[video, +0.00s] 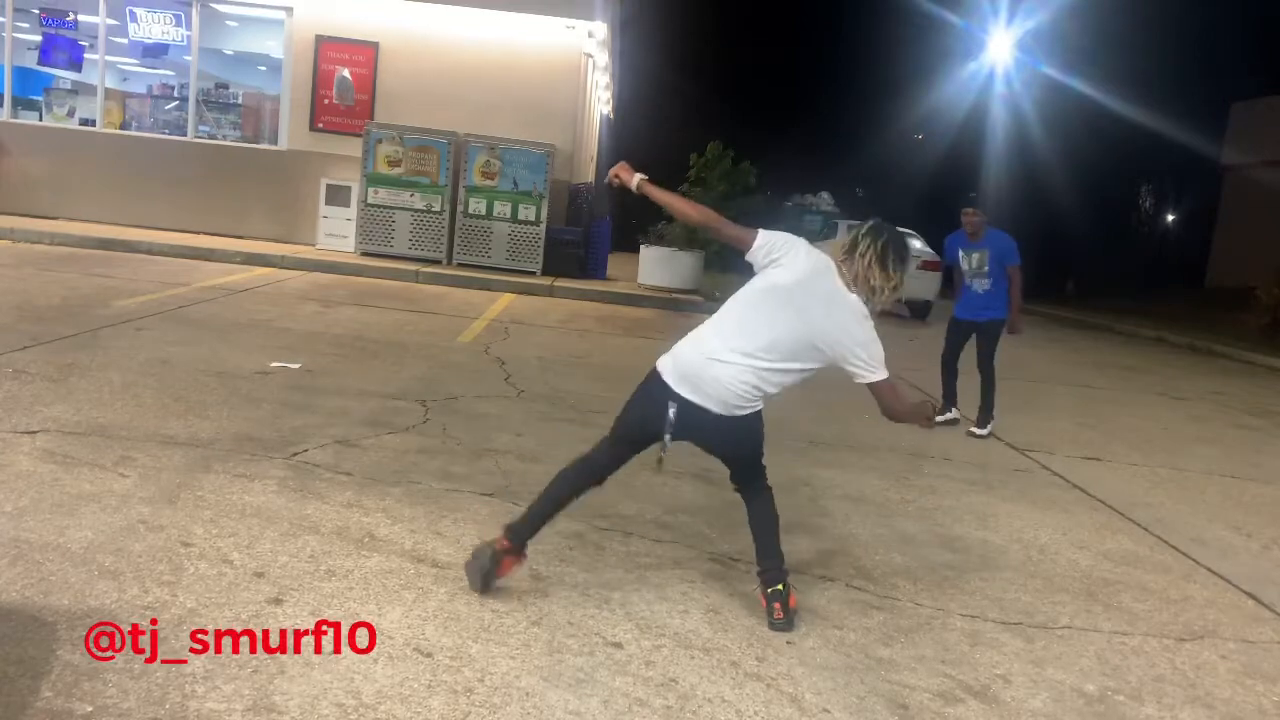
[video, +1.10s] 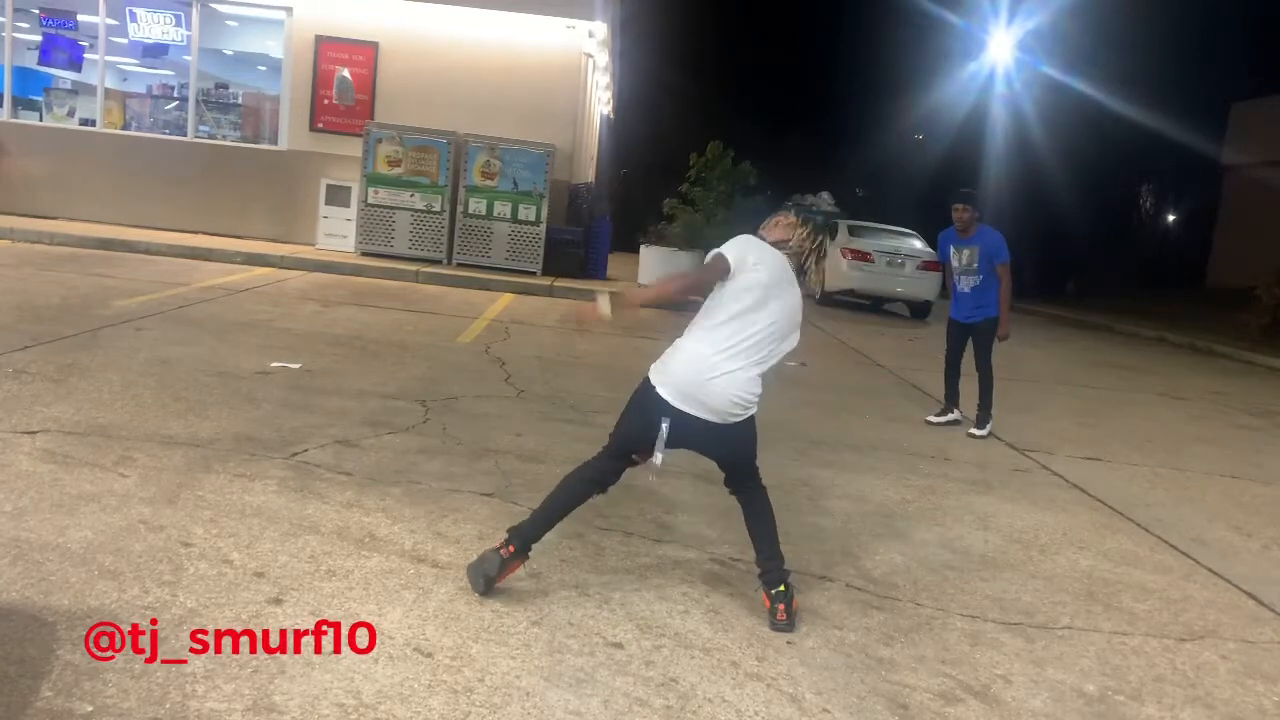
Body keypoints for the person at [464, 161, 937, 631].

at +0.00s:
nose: (886, 292)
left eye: (890, 283)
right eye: (888, 282)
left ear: (850, 249)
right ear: (873, 270)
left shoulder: (794, 250)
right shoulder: (852, 323)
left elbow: (717, 225)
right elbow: (895, 405)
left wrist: (644, 186)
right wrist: (933, 411)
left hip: (667, 383)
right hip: (730, 416)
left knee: (599, 461)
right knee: (754, 488)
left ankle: (513, 542)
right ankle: (776, 596)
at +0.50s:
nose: (862, 294)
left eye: (860, 282)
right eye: (865, 284)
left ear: (826, 250)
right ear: (856, 278)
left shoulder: (771, 252)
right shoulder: (834, 322)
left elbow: (687, 232)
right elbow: (871, 408)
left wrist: (617, 203)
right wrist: (894, 418)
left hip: (661, 391)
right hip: (724, 418)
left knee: (610, 468)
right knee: (746, 488)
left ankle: (520, 550)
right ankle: (776, 592)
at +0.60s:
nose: (859, 285)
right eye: (863, 276)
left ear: (821, 246)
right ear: (857, 272)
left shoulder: (774, 249)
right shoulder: (836, 316)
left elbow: (689, 229)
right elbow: (846, 410)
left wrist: (619, 201)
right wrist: (845, 425)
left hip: (665, 391)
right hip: (727, 420)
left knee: (612, 468)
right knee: (749, 489)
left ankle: (519, 546)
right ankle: (777, 594)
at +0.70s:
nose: (852, 289)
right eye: (856, 280)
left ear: (815, 244)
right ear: (852, 273)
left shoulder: (778, 247)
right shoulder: (832, 317)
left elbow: (693, 227)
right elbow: (793, 400)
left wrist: (619, 196)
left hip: (669, 389)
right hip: (732, 420)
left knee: (612, 465)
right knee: (756, 489)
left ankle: (521, 541)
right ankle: (779, 594)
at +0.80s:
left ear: (796, 237)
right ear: (830, 265)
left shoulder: (771, 246)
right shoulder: (813, 315)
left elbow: (694, 217)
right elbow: (778, 364)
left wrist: (620, 176)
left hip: (669, 394)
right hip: (733, 419)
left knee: (608, 468)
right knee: (753, 486)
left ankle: (515, 545)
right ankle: (778, 591)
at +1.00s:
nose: (773, 223)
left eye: (784, 222)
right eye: (779, 219)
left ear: (794, 238)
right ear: (811, 258)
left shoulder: (757, 246)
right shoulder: (797, 312)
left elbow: (686, 240)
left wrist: (601, 213)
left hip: (665, 394)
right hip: (727, 421)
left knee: (606, 464)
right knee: (747, 487)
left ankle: (512, 548)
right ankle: (778, 592)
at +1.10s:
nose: (768, 224)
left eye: (778, 222)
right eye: (774, 220)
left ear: (787, 238)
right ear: (805, 259)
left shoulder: (749, 248)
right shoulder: (795, 313)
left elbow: (695, 284)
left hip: (666, 396)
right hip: (728, 420)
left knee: (606, 465)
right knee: (747, 484)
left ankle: (513, 547)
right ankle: (778, 589)